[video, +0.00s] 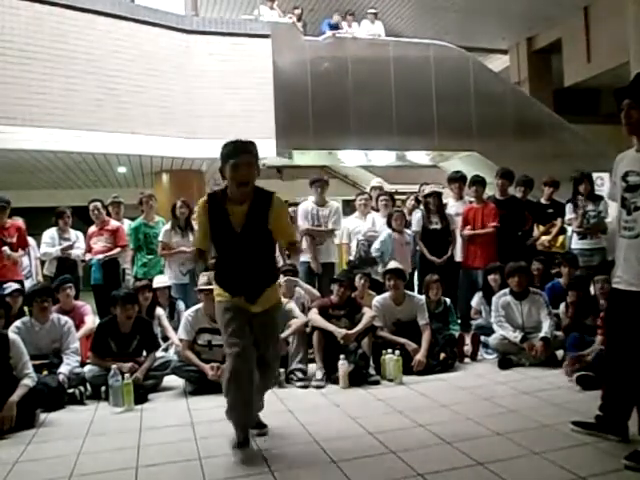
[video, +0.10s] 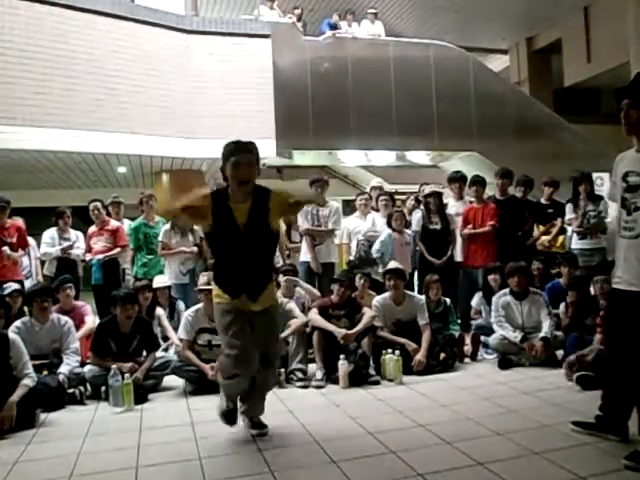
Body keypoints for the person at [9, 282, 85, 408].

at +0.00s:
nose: (44, 305)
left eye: (47, 301)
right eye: (39, 301)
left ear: (52, 303)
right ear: (31, 305)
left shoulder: (64, 323)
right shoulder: (18, 328)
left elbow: (72, 353)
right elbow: (14, 358)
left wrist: (63, 373)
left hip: (58, 369)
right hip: (32, 372)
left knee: (79, 375)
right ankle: (69, 397)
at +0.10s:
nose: (44, 305)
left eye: (47, 301)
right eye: (39, 301)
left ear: (52, 303)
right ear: (31, 305)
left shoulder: (64, 323)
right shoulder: (18, 328)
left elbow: (72, 353)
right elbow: (15, 358)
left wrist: (63, 373)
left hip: (58, 369)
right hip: (32, 372)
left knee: (79, 375)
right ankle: (69, 397)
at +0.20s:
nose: (44, 305)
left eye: (47, 301)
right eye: (39, 301)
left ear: (52, 303)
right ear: (31, 305)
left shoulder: (64, 323)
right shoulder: (18, 328)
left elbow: (72, 353)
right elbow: (14, 358)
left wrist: (63, 373)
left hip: (58, 368)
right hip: (32, 371)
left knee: (79, 375)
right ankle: (69, 397)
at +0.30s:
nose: (44, 305)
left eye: (46, 301)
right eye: (39, 302)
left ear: (52, 303)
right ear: (31, 305)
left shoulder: (64, 323)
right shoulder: (19, 328)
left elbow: (72, 353)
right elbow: (15, 358)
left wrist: (63, 373)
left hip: (58, 368)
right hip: (32, 371)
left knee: (79, 375)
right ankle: (69, 397)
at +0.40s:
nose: (44, 305)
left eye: (47, 301)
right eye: (39, 302)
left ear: (52, 303)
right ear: (31, 305)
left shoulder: (64, 323)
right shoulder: (18, 328)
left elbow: (72, 353)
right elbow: (15, 358)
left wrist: (63, 373)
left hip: (58, 368)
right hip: (32, 371)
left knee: (79, 375)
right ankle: (69, 397)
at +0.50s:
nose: (44, 305)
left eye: (47, 301)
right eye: (39, 302)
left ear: (52, 303)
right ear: (31, 305)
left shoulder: (64, 323)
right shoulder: (18, 328)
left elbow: (72, 353)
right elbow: (15, 358)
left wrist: (63, 373)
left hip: (58, 368)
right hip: (32, 372)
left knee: (79, 375)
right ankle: (69, 397)